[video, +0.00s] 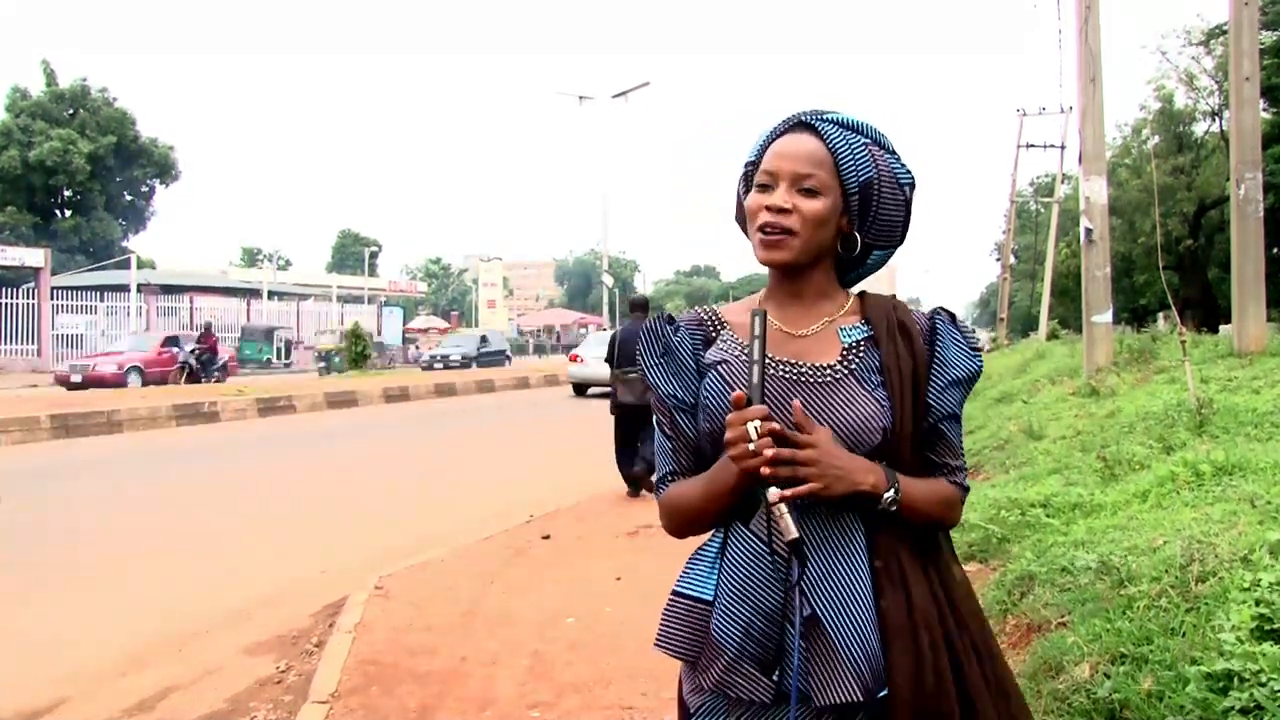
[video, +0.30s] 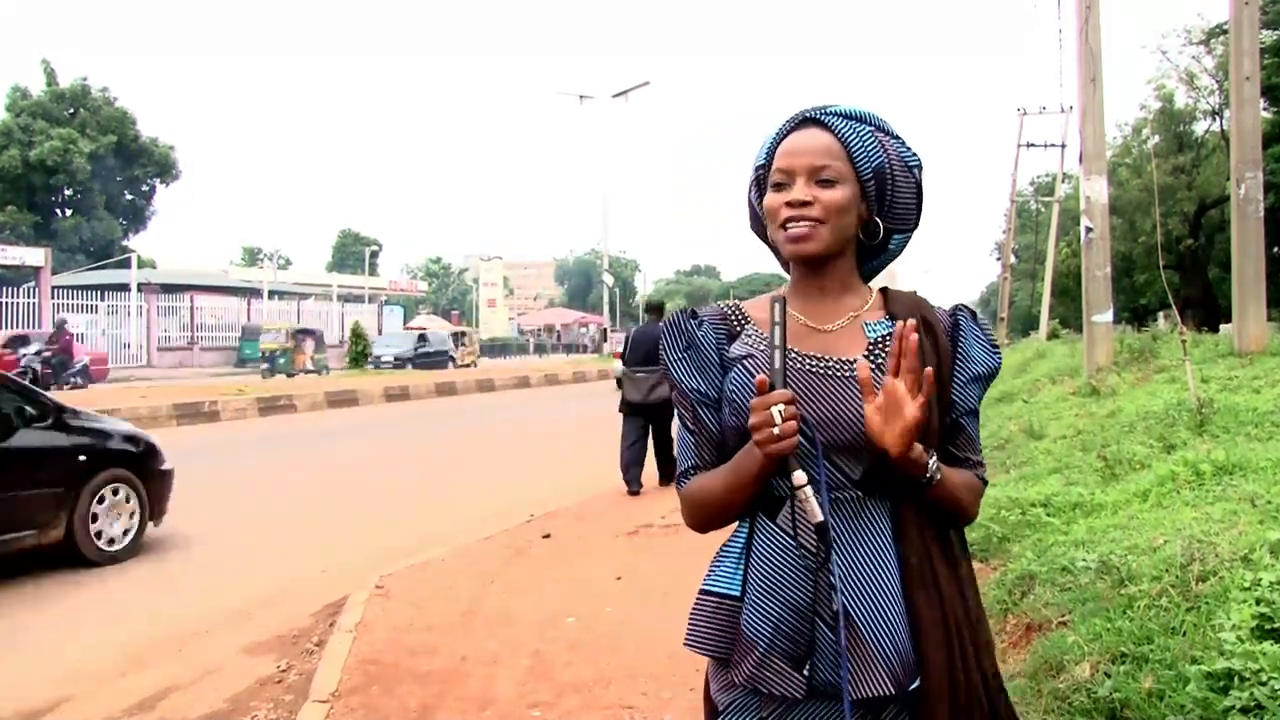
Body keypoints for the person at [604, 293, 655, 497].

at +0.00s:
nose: (638, 314)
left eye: (634, 310)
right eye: (642, 310)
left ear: (629, 311)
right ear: (647, 310)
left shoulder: (619, 334)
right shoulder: (654, 334)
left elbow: (612, 366)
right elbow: (661, 365)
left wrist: (614, 397)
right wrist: (661, 391)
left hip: (624, 401)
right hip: (649, 399)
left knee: (624, 443)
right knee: (649, 434)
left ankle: (633, 485)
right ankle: (643, 468)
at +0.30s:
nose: (655, 315)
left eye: (652, 311)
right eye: (659, 312)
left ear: (646, 313)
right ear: (663, 313)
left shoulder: (633, 334)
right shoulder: (668, 334)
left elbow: (625, 360)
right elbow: (674, 362)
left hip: (635, 392)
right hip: (661, 392)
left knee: (633, 438)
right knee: (663, 436)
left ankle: (633, 483)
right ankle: (666, 474)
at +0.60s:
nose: (669, 314)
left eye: (666, 311)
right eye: (672, 310)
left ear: (660, 311)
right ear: (677, 311)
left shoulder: (650, 332)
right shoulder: (685, 332)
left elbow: (641, 356)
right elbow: (692, 359)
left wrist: (647, 380)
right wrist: (693, 382)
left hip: (654, 388)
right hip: (679, 387)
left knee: (654, 427)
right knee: (675, 432)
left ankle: (649, 459)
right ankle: (668, 474)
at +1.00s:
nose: (682, 318)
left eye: (678, 315)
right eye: (684, 314)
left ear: (672, 316)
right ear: (688, 315)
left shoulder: (663, 337)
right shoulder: (697, 334)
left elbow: (658, 368)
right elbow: (705, 361)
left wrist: (657, 395)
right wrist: (710, 384)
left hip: (671, 385)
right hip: (693, 383)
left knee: (676, 425)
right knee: (687, 426)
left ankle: (676, 458)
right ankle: (678, 463)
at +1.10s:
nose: (687, 316)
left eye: (683, 313)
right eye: (688, 313)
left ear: (676, 313)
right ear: (691, 313)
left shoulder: (665, 334)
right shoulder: (699, 332)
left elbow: (661, 364)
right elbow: (707, 359)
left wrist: (663, 389)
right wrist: (713, 384)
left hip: (673, 384)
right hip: (696, 383)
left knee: (677, 423)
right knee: (698, 423)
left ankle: (685, 461)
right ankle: (684, 449)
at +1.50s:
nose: (699, 319)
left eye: (696, 316)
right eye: (702, 315)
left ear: (692, 316)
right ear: (707, 316)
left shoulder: (681, 335)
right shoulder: (714, 337)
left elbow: (675, 357)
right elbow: (719, 362)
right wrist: (717, 382)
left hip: (684, 386)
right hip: (707, 386)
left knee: (683, 424)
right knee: (709, 425)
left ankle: (682, 464)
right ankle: (712, 460)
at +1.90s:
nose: (711, 319)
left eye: (710, 316)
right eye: (713, 316)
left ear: (705, 316)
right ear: (719, 316)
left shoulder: (697, 336)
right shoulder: (726, 335)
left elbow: (691, 363)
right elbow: (732, 361)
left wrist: (687, 387)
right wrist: (732, 382)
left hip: (703, 386)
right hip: (722, 384)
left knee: (703, 420)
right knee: (715, 421)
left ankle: (706, 453)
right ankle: (712, 458)